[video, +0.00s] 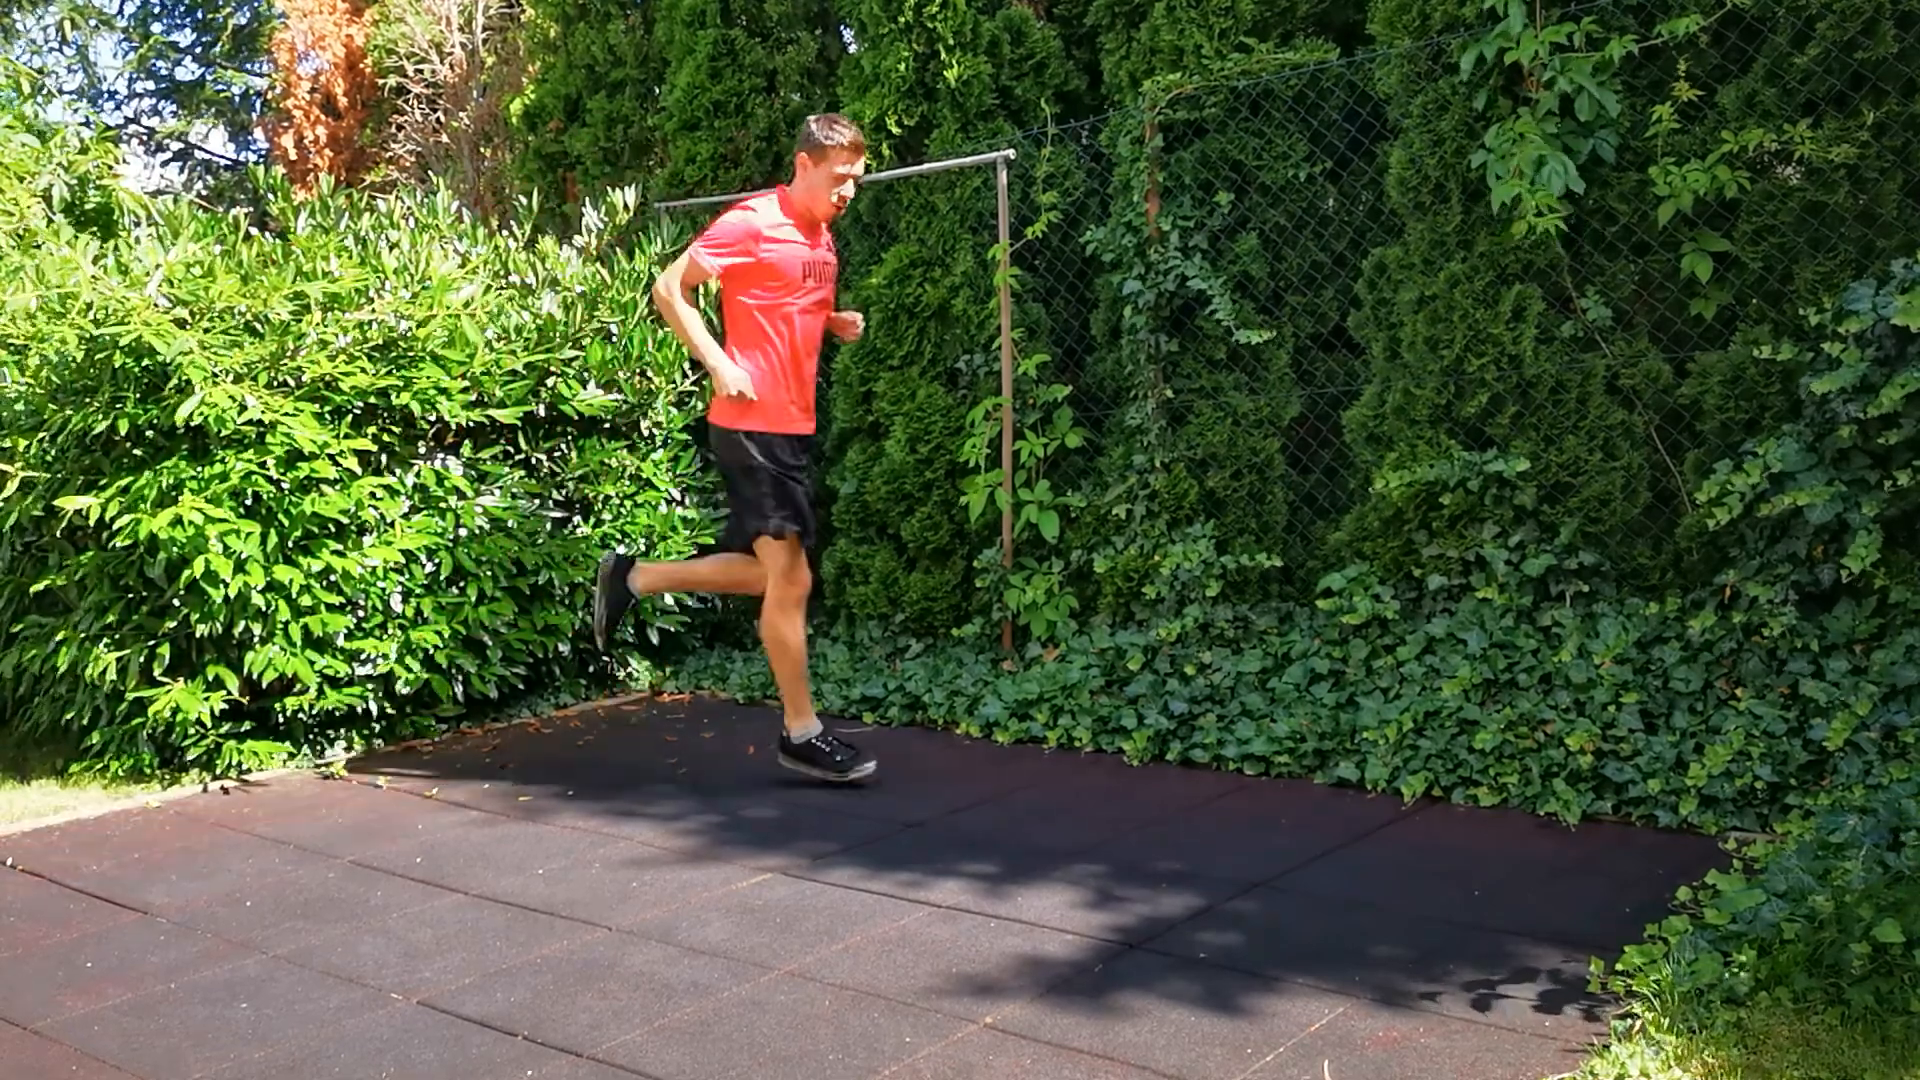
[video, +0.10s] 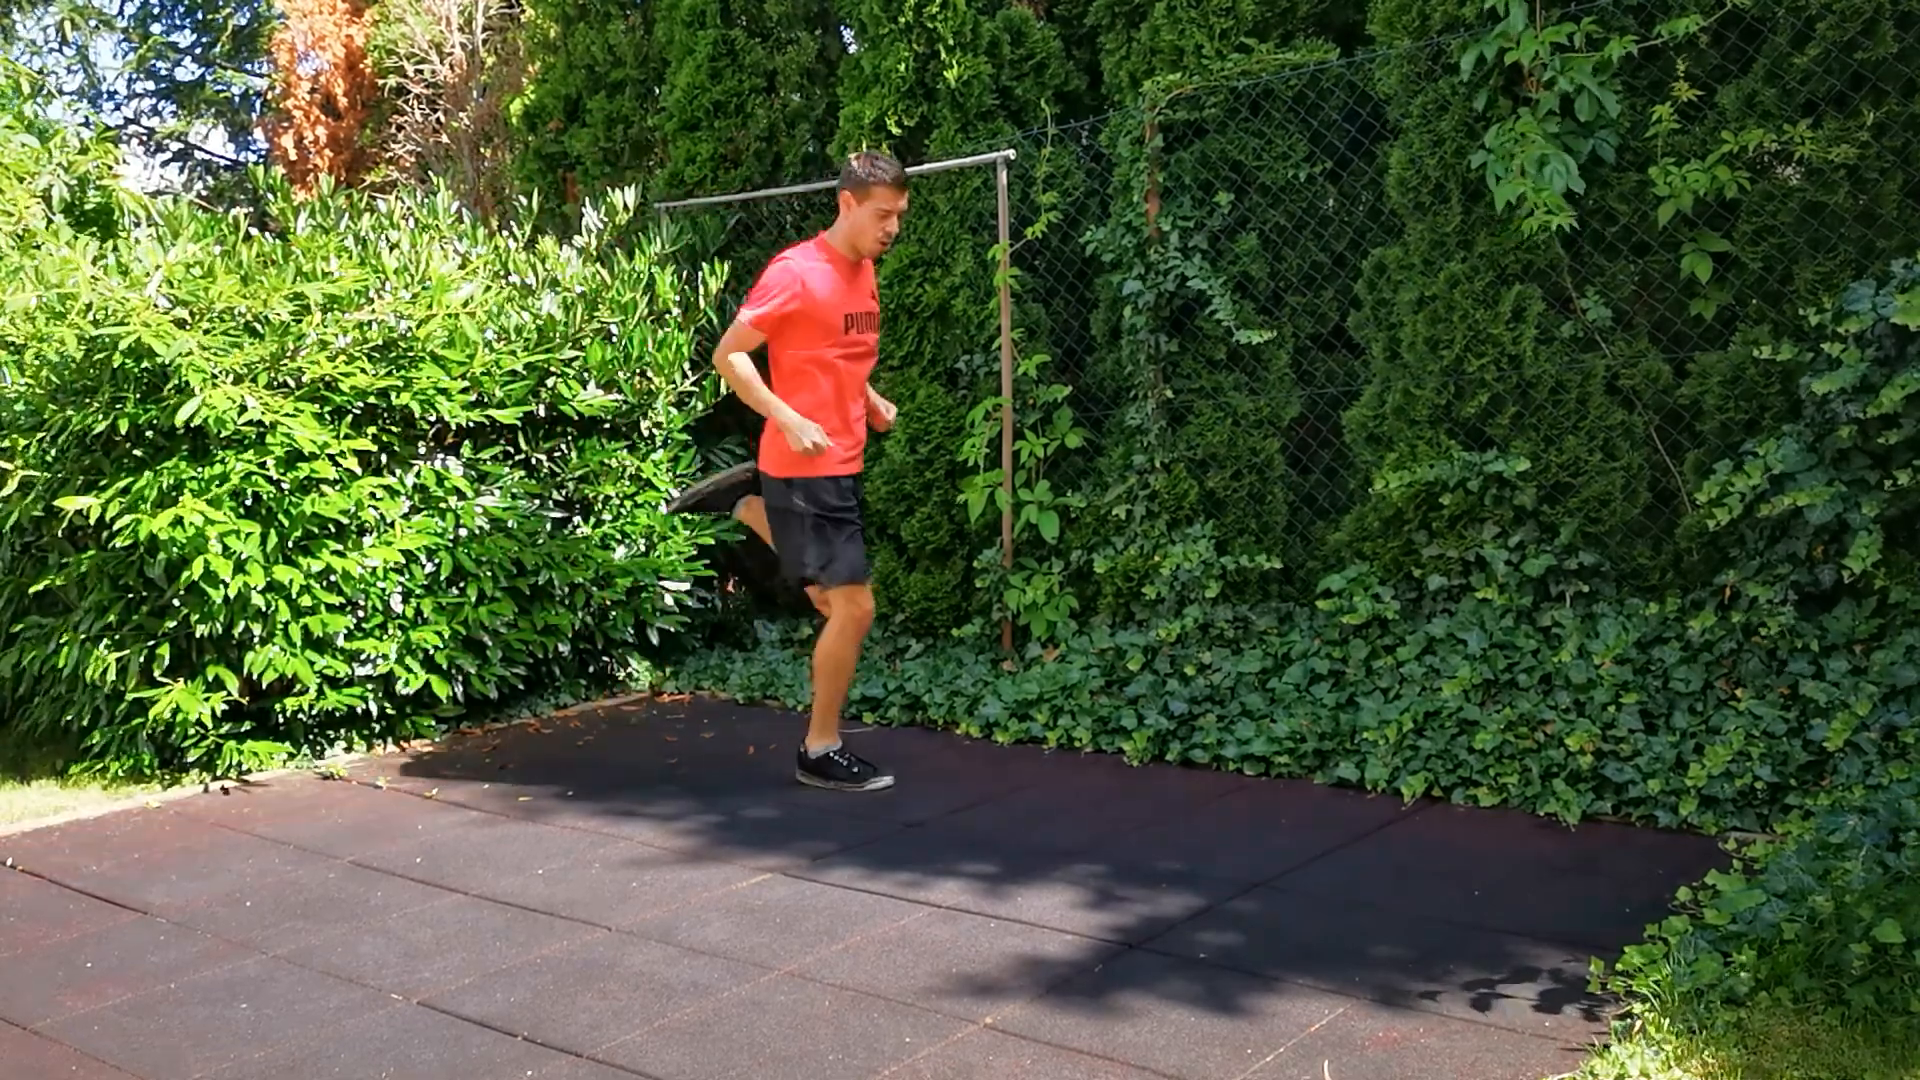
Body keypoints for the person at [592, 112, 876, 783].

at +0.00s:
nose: (848, 194)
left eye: (855, 183)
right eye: (840, 181)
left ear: (848, 179)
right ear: (801, 167)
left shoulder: (820, 232)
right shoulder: (747, 223)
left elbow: (780, 309)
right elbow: (668, 288)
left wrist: (828, 321)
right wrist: (717, 362)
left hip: (792, 427)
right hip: (751, 426)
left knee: (770, 572)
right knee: (789, 579)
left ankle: (631, 577)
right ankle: (801, 732)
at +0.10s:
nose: (892, 229)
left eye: (898, 217)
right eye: (883, 216)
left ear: (894, 214)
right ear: (844, 205)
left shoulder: (862, 270)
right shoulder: (796, 272)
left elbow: (827, 351)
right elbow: (727, 356)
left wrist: (866, 396)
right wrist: (783, 417)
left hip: (839, 464)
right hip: (802, 470)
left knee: (829, 596)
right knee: (853, 609)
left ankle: (744, 504)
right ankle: (821, 748)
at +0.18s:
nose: (930, 232)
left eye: (936, 219)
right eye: (919, 218)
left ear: (934, 217)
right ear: (883, 209)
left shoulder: (900, 275)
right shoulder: (836, 280)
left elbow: (866, 366)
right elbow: (782, 370)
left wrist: (894, 423)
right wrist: (855, 424)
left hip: (887, 474)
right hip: (840, 481)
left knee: (923, 600)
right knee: (872, 614)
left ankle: (798, 564)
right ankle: (821, 749)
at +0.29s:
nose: (984, 189)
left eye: (991, 177)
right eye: (974, 175)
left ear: (988, 175)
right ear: (938, 166)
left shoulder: (954, 234)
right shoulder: (887, 230)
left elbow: (914, 319)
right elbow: (829, 316)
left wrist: (944, 367)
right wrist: (917, 335)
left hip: (938, 434)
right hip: (879, 439)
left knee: (985, 558)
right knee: (866, 581)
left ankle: (878, 614)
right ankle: (830, 731)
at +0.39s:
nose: (1035, 169)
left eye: (1042, 157)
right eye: (1024, 154)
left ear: (1043, 156)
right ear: (988, 146)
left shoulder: (1009, 210)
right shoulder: (938, 204)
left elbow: (963, 289)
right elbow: (868, 287)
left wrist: (1004, 326)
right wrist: (954, 310)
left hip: (989, 415)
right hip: (925, 417)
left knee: (1017, 558)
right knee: (924, 573)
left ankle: (1010, 710)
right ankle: (819, 645)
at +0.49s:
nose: (1070, 186)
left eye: (1081, 175)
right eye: (1058, 171)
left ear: (1089, 179)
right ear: (1029, 168)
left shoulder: (1064, 240)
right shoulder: (981, 233)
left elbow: (1026, 318)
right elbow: (910, 313)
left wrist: (1071, 356)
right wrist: (969, 366)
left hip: (1042, 446)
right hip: (974, 446)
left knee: (1068, 589)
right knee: (969, 600)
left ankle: (1084, 740)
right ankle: (870, 516)